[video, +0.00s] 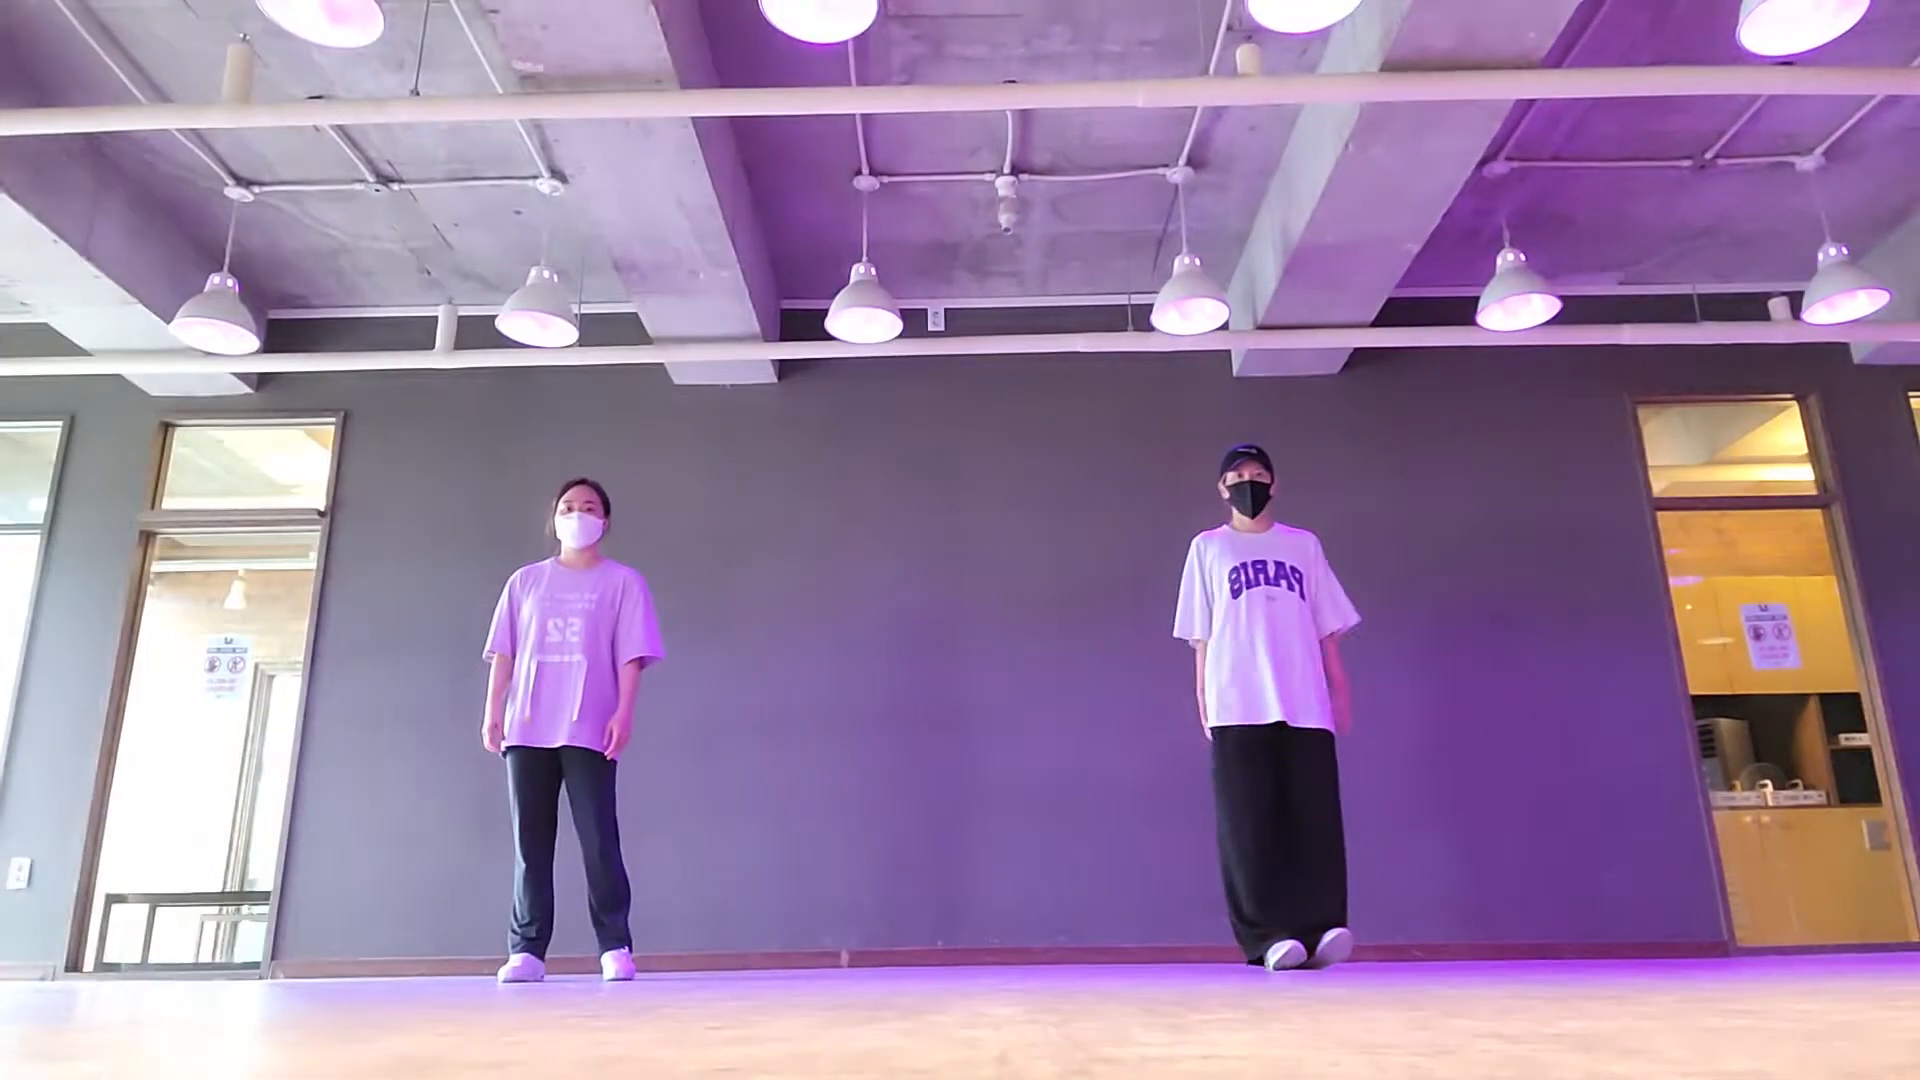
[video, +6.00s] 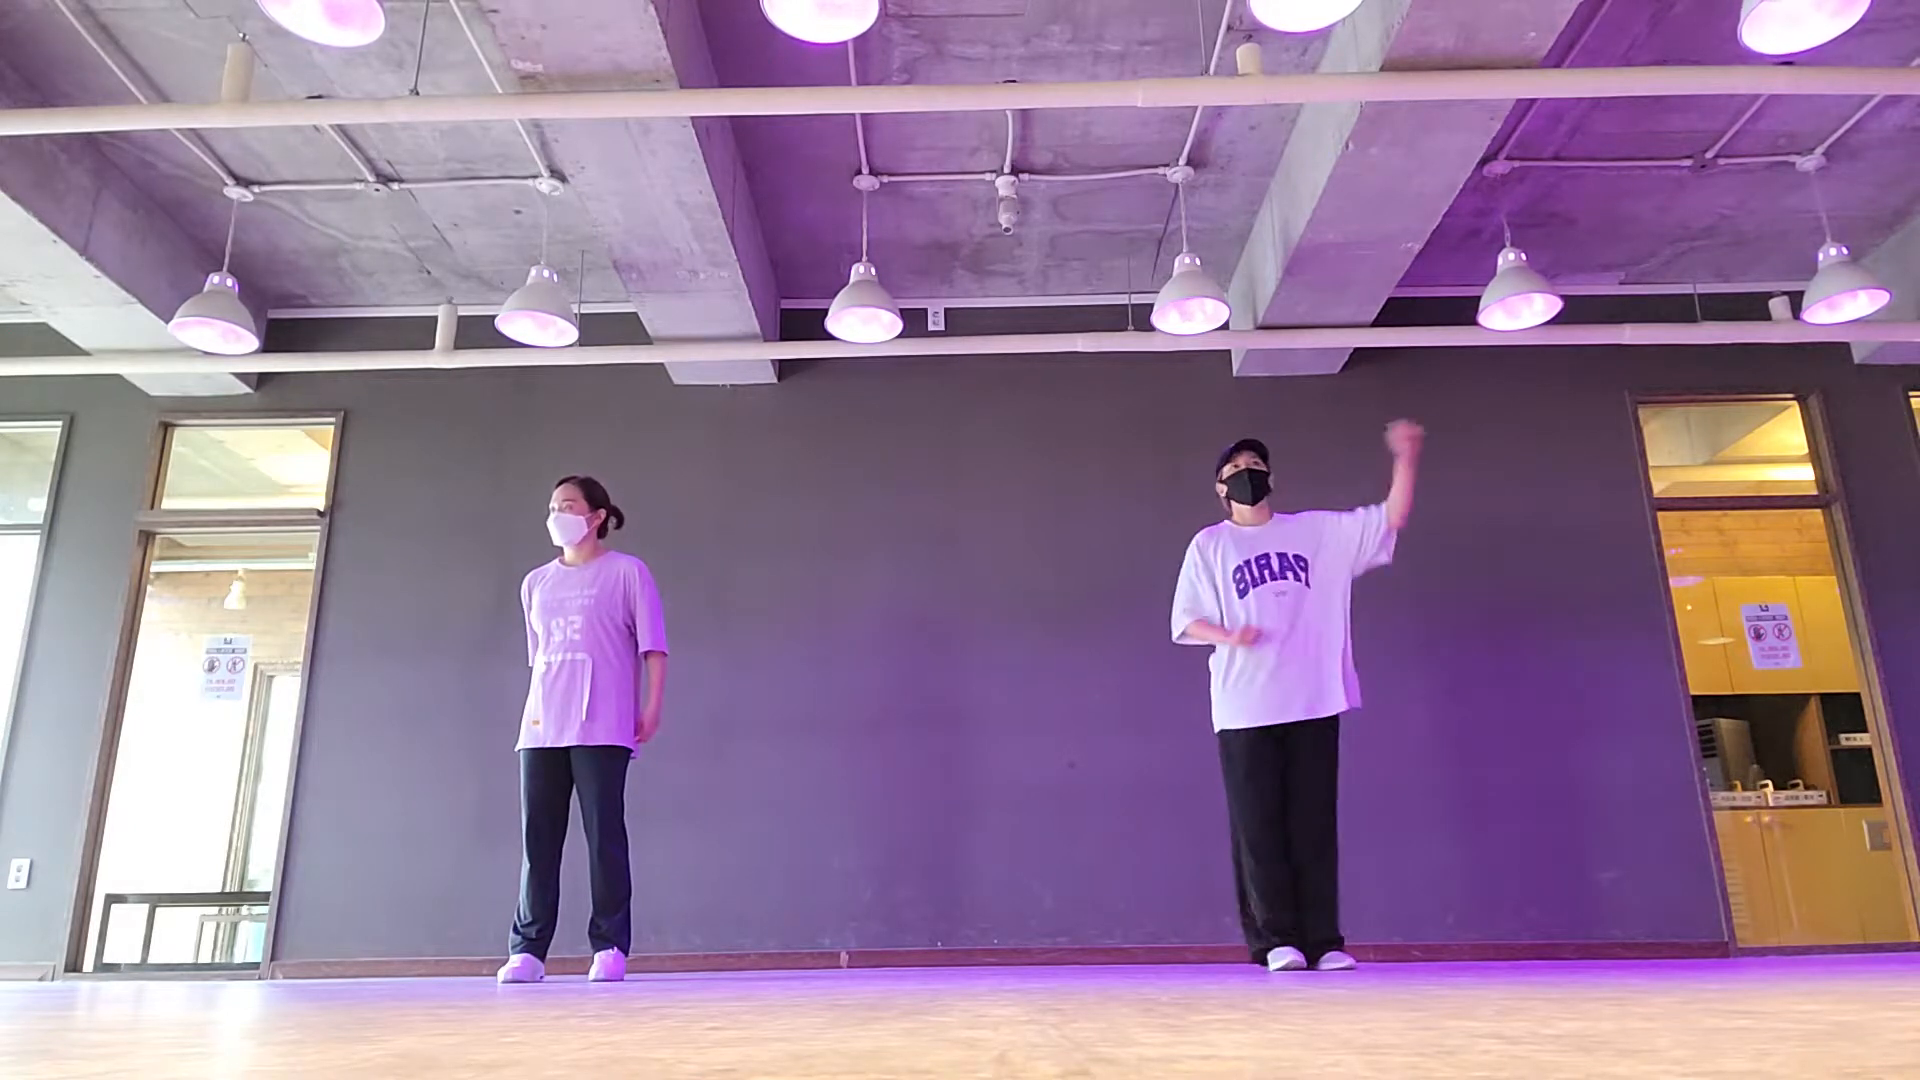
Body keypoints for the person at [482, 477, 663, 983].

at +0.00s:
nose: (578, 515)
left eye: (589, 509)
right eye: (568, 508)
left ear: (605, 524)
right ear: (554, 522)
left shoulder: (623, 581)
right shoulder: (525, 580)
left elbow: (632, 656)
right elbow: (503, 653)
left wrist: (624, 714)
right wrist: (494, 711)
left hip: (588, 728)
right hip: (527, 728)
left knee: (599, 843)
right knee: (530, 846)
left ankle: (615, 948)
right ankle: (526, 952)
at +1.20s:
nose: (566, 511)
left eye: (577, 505)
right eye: (557, 504)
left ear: (594, 522)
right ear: (543, 520)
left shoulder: (616, 581)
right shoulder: (514, 581)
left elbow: (638, 653)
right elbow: (490, 651)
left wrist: (604, 666)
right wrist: (497, 657)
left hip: (586, 729)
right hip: (524, 728)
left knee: (595, 841)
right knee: (529, 845)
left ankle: (609, 949)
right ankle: (525, 953)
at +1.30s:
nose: (569, 510)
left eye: (581, 504)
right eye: (560, 504)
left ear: (598, 522)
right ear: (547, 521)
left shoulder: (621, 580)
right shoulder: (521, 580)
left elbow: (645, 651)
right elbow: (485, 650)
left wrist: (606, 615)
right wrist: (512, 608)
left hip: (591, 728)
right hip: (529, 727)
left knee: (597, 840)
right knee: (531, 844)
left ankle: (609, 949)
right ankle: (525, 953)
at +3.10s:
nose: (593, 511)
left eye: (604, 505)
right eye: (584, 505)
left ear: (620, 522)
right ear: (570, 520)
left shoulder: (635, 576)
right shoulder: (543, 577)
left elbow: (670, 617)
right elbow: (490, 610)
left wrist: (663, 565)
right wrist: (516, 555)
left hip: (612, 721)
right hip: (548, 721)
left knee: (611, 837)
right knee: (543, 837)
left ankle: (610, 949)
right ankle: (527, 951)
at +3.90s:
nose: (573, 511)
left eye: (586, 503)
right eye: (569, 504)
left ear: (611, 519)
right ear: (562, 518)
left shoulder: (633, 574)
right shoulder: (543, 581)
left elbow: (676, 633)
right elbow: (499, 641)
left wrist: (657, 583)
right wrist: (478, 601)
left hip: (609, 723)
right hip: (547, 723)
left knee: (609, 839)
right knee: (542, 841)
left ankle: (610, 949)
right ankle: (527, 951)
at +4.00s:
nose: (573, 510)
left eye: (585, 503)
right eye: (569, 503)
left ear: (611, 518)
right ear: (561, 518)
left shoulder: (636, 576)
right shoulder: (540, 582)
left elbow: (674, 645)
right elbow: (518, 652)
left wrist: (639, 636)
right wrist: (494, 655)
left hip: (607, 725)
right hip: (546, 725)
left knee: (608, 840)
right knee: (541, 841)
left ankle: (610, 949)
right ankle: (527, 952)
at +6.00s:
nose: (556, 515)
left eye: (568, 508)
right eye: (553, 508)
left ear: (597, 518)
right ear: (547, 520)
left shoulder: (628, 572)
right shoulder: (535, 582)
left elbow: (654, 648)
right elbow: (538, 660)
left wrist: (650, 712)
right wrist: (534, 718)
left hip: (602, 721)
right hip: (542, 724)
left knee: (604, 838)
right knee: (538, 840)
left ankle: (609, 948)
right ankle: (527, 950)